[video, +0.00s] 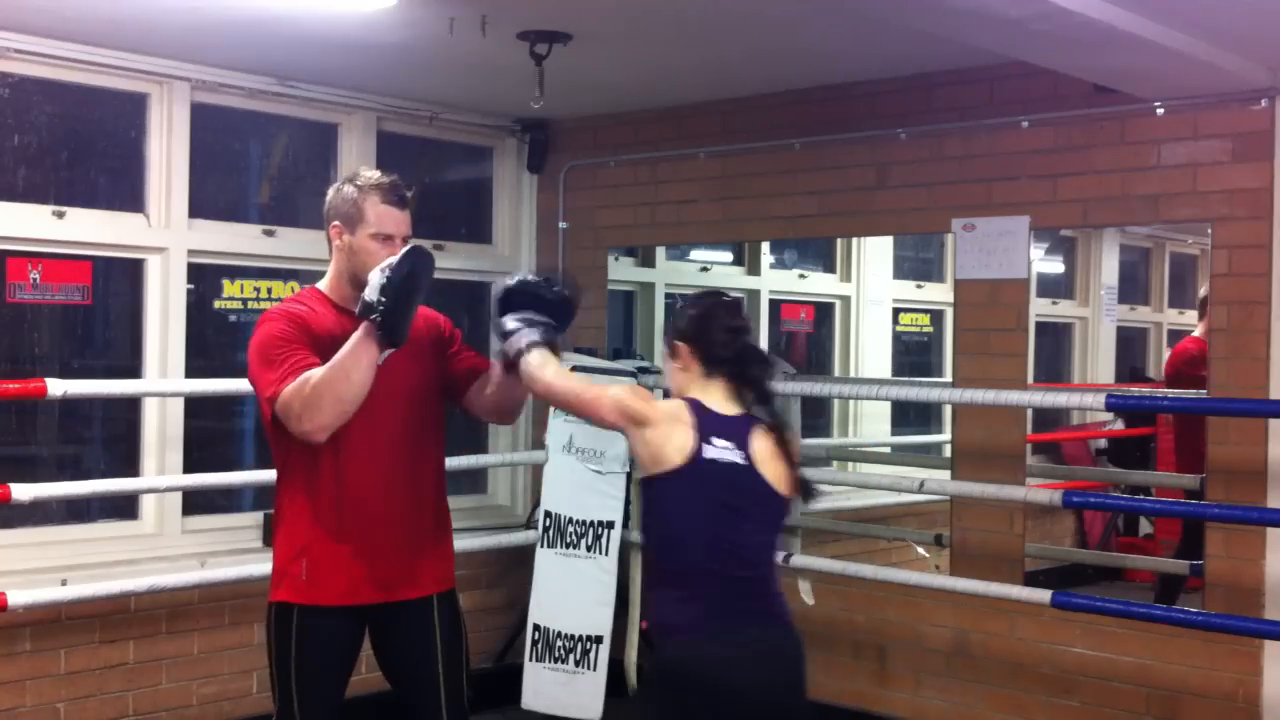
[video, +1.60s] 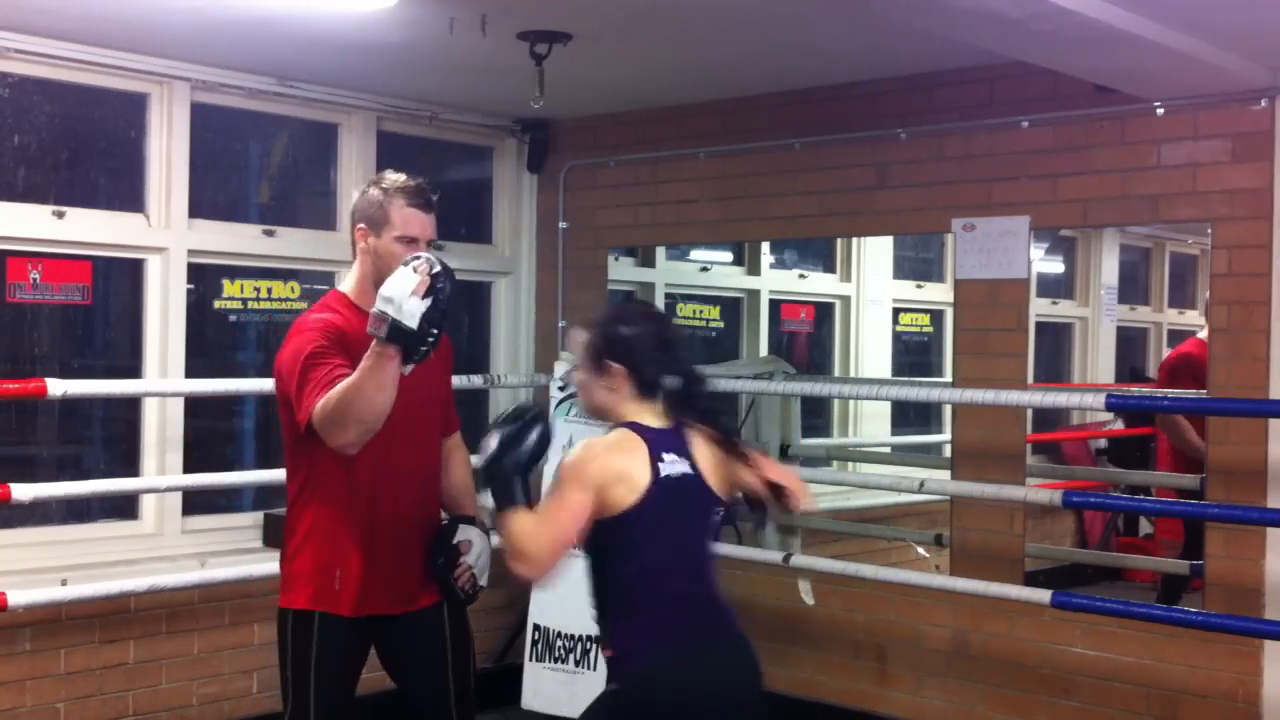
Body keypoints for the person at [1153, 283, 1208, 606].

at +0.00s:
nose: (1224, 319)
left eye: (1222, 313)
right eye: (1221, 313)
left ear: (1203, 311)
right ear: (1209, 312)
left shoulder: (1192, 351)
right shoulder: (1191, 353)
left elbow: (1185, 414)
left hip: (1199, 464)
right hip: (1196, 466)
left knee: (1196, 536)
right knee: (1192, 537)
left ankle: (1164, 604)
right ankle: (1162, 607)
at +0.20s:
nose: (1226, 320)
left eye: (1224, 313)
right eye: (1223, 313)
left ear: (1204, 312)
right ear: (1211, 313)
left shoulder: (1201, 350)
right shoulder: (1189, 351)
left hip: (1203, 465)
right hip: (1193, 466)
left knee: (1197, 538)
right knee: (1191, 539)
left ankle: (1164, 604)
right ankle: (1162, 608)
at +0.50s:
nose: (1219, 320)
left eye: (1218, 313)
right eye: (1215, 313)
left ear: (1201, 314)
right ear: (1201, 313)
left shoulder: (1209, 353)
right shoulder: (1174, 353)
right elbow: (1183, 382)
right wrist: (1222, 367)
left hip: (1212, 461)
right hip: (1189, 463)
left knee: (1203, 538)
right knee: (1192, 538)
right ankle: (1164, 607)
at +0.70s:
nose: (1215, 317)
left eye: (1214, 310)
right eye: (1210, 310)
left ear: (1196, 312)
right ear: (1195, 312)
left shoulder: (1208, 352)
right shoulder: (1175, 354)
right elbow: (1169, 408)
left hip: (1208, 462)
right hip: (1187, 465)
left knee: (1200, 538)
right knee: (1191, 538)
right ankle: (1165, 607)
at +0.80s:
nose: (1221, 316)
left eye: (1219, 309)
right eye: (1215, 310)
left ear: (1199, 312)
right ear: (1199, 312)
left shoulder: (1209, 352)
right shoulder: (1180, 354)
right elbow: (1166, 412)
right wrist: (1209, 420)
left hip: (1205, 466)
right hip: (1187, 468)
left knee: (1198, 541)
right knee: (1190, 542)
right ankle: (1163, 610)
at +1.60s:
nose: (1233, 316)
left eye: (1233, 308)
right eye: (1227, 307)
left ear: (1209, 312)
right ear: (1212, 313)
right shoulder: (1188, 357)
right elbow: (1168, 414)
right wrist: (1206, 455)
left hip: (1210, 472)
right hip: (1190, 473)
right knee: (1189, 546)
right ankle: (1164, 612)